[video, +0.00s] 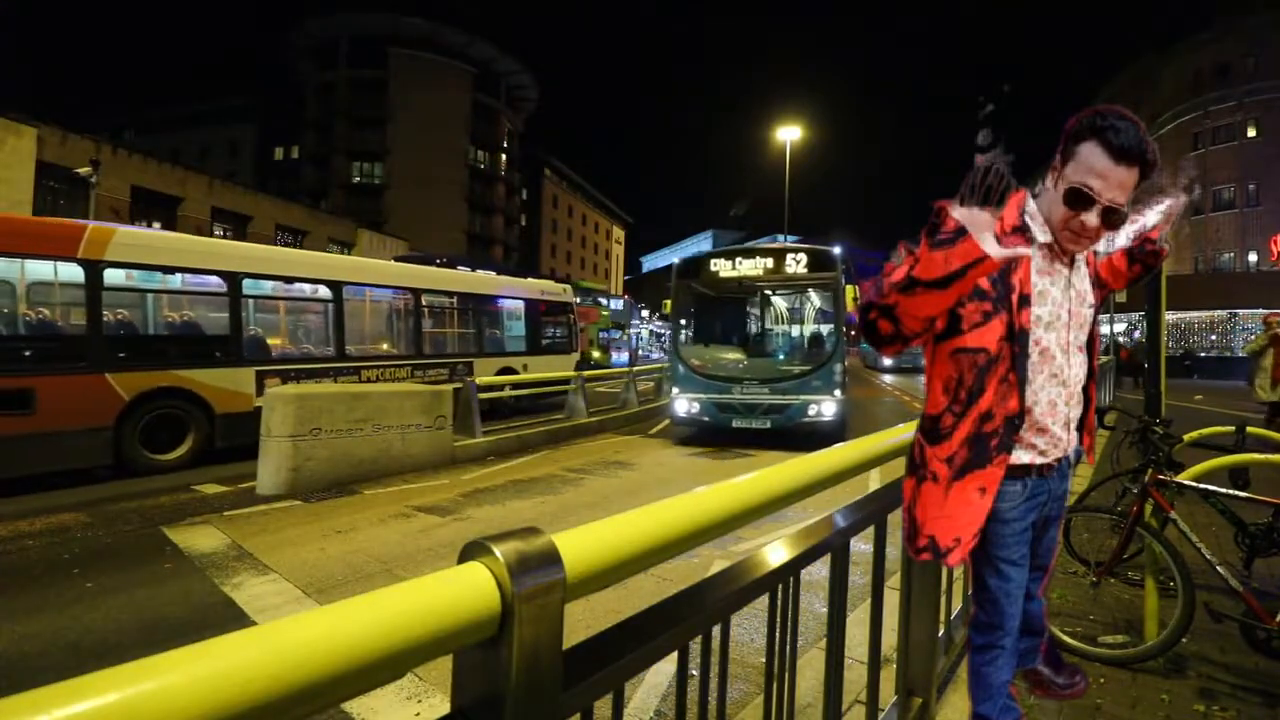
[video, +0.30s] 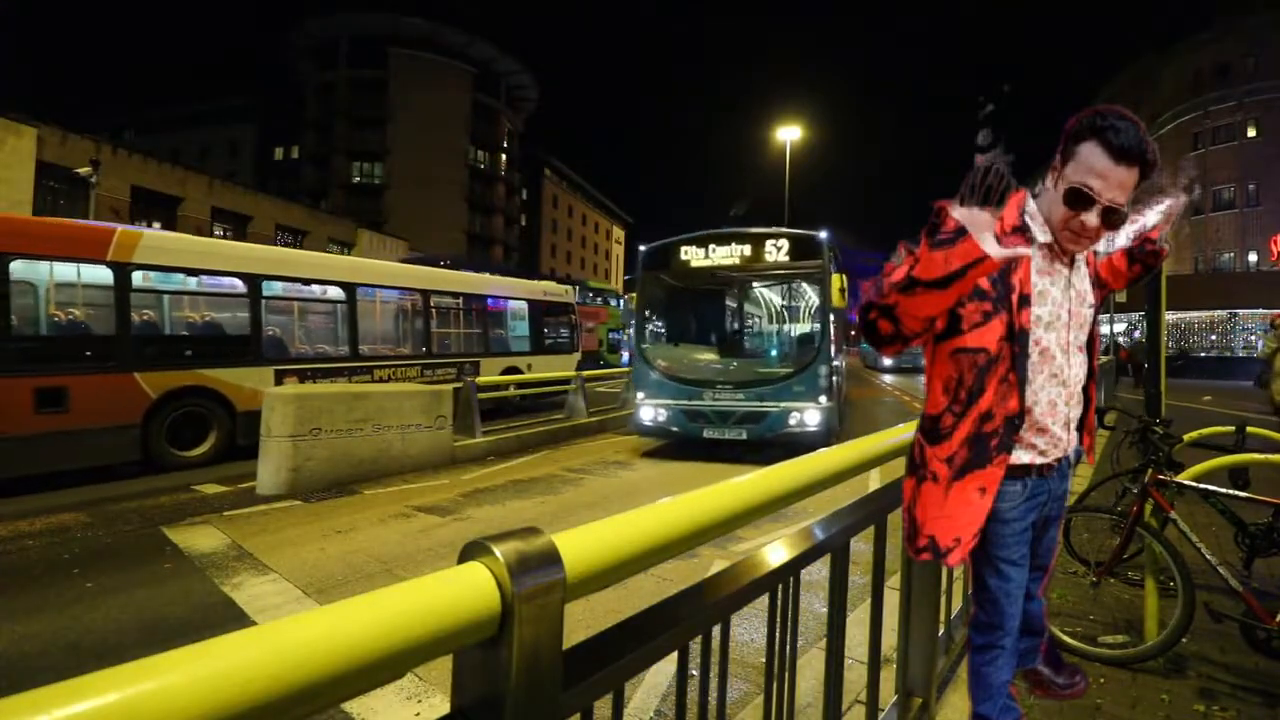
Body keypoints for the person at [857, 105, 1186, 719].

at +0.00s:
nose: (1089, 222)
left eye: (1110, 211)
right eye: (1079, 198)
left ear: (1123, 211)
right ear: (1052, 172)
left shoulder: (1085, 264)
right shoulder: (985, 242)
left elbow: (1114, 271)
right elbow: (883, 328)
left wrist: (1152, 241)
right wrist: (962, 246)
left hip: (1057, 467)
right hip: (1000, 475)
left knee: (1034, 582)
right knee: (1000, 611)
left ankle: (1027, 660)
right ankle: (993, 709)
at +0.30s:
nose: (1089, 222)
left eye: (1110, 212)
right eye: (1079, 198)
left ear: (1123, 211)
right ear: (1052, 172)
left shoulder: (1085, 264)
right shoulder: (985, 242)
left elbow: (1115, 271)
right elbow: (883, 327)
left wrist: (1152, 241)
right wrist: (962, 246)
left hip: (1057, 467)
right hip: (1000, 475)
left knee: (1034, 582)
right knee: (1000, 611)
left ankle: (1027, 660)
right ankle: (993, 709)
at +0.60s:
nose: (1089, 222)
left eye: (1110, 211)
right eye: (1079, 198)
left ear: (1123, 211)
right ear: (1052, 172)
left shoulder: (1085, 264)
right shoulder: (985, 242)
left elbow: (1114, 271)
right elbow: (883, 328)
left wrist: (1152, 240)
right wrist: (962, 246)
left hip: (1057, 467)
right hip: (1000, 475)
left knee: (1034, 582)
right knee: (1000, 611)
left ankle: (1027, 659)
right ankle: (993, 709)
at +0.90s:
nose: (1089, 222)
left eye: (1109, 211)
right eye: (1079, 198)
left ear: (1123, 211)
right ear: (1052, 172)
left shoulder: (1085, 264)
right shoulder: (985, 242)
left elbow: (1117, 270)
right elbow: (882, 328)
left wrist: (1153, 239)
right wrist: (962, 246)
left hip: (1057, 467)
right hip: (1000, 475)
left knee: (1034, 582)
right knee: (1000, 610)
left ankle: (1027, 659)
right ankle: (993, 709)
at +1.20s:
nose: (1089, 222)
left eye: (1110, 212)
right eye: (1079, 198)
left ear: (1123, 211)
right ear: (1052, 172)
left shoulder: (1085, 265)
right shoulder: (985, 242)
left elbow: (1117, 270)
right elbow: (883, 328)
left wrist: (1153, 240)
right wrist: (962, 246)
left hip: (1057, 467)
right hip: (1000, 475)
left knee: (1034, 582)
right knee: (1000, 610)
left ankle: (1027, 659)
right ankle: (993, 709)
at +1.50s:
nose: (1089, 222)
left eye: (1110, 211)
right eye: (1079, 198)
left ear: (1123, 211)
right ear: (1052, 172)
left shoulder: (1085, 265)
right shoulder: (985, 242)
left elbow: (1116, 271)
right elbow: (884, 328)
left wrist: (1152, 240)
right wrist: (962, 246)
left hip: (1057, 467)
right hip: (1000, 475)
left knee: (1034, 582)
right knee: (1000, 611)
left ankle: (1027, 659)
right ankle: (993, 709)